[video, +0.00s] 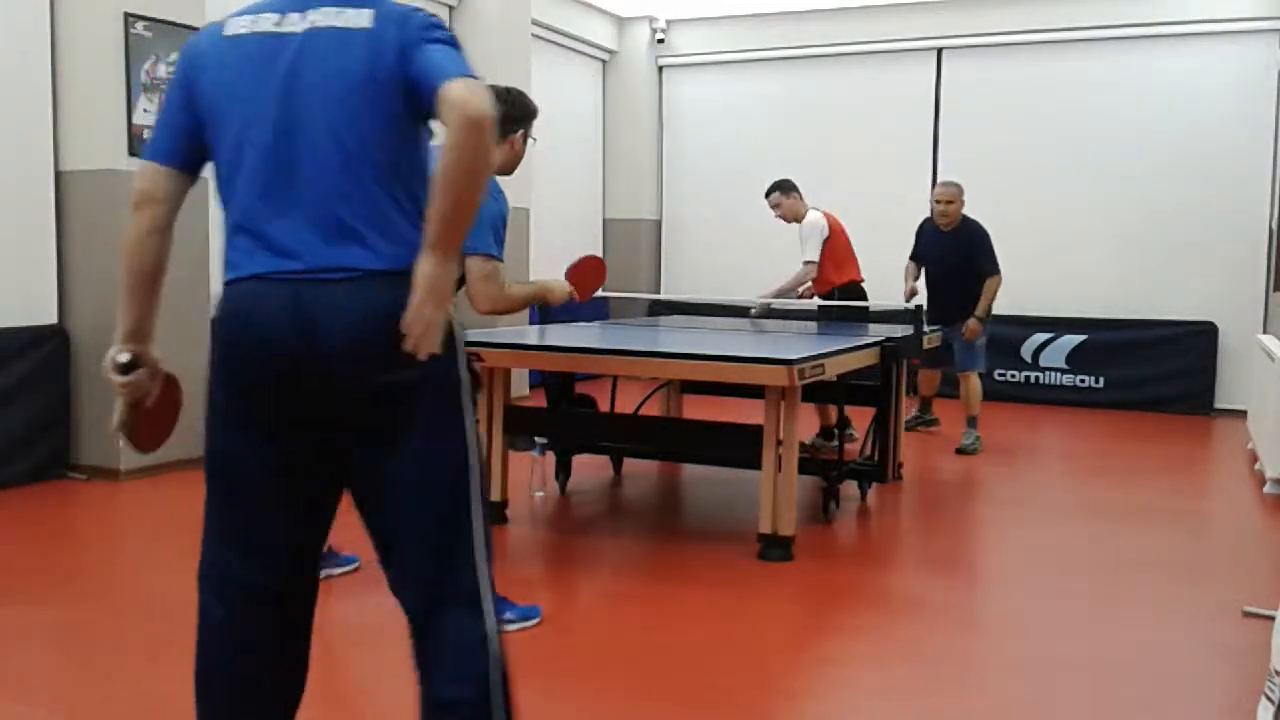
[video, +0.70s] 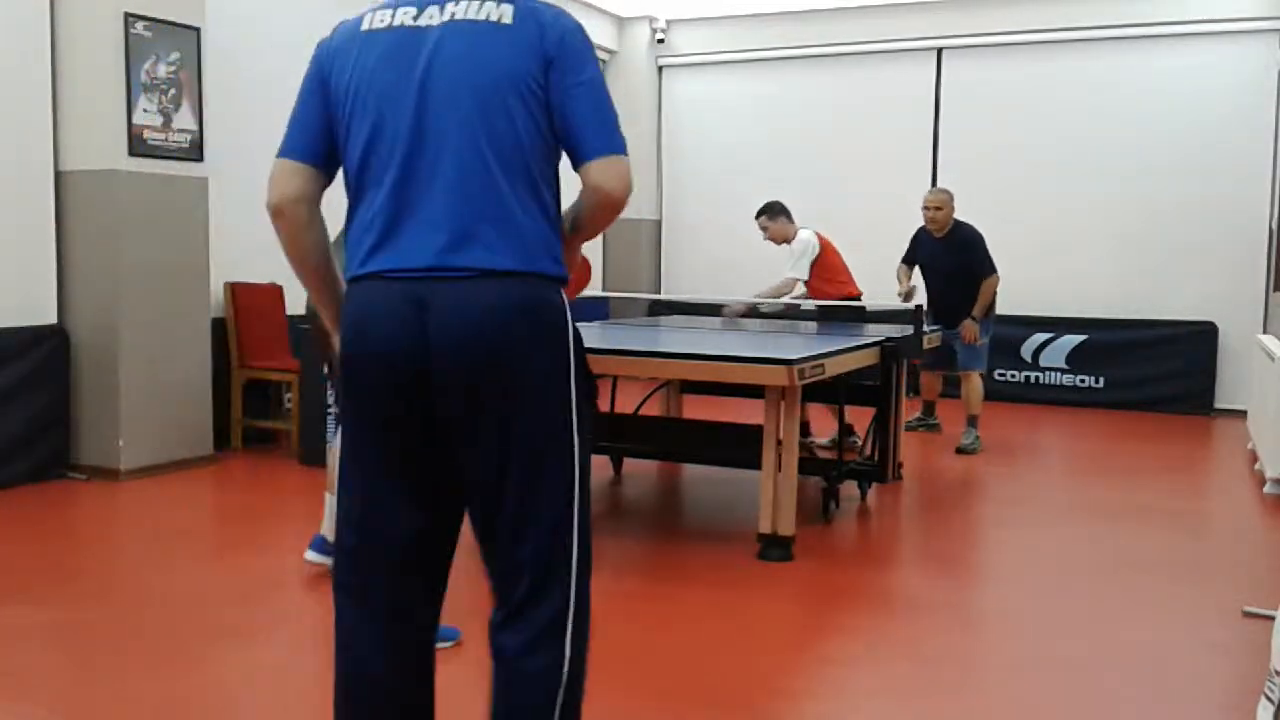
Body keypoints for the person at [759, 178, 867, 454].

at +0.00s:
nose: (777, 214)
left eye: (778, 206)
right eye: (773, 209)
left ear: (795, 197)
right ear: (797, 199)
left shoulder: (812, 221)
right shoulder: (820, 218)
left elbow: (810, 270)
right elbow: (835, 264)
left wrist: (769, 297)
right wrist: (813, 286)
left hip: (842, 299)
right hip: (846, 297)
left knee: (819, 367)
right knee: (828, 365)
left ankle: (827, 432)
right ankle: (841, 421)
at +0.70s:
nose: (765, 237)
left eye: (765, 229)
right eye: (762, 231)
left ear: (780, 220)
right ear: (783, 222)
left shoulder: (805, 239)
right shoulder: (806, 239)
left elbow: (788, 285)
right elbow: (818, 284)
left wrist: (749, 302)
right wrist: (797, 299)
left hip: (844, 311)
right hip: (832, 311)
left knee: (821, 373)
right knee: (813, 371)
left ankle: (845, 429)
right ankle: (844, 428)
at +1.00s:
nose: (746, 260)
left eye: (746, 252)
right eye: (744, 254)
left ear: (763, 245)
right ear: (766, 245)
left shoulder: (782, 262)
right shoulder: (786, 261)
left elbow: (749, 308)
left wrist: (709, 311)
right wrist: (723, 310)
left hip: (827, 330)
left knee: (779, 378)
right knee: (790, 377)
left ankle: (799, 433)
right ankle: (834, 420)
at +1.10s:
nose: (742, 266)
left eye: (743, 258)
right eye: (740, 260)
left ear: (759, 251)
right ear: (763, 250)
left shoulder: (777, 267)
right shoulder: (784, 267)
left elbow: (748, 308)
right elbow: (759, 308)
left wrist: (708, 312)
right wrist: (720, 309)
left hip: (821, 337)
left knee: (777, 381)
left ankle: (798, 432)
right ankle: (830, 420)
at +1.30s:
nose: (735, 269)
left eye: (735, 261)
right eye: (733, 263)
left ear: (751, 254)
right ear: (755, 254)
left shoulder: (771, 269)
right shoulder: (774, 268)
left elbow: (741, 310)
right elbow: (746, 310)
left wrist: (709, 313)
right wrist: (714, 310)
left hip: (815, 335)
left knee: (782, 387)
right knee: (781, 386)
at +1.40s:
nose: (731, 267)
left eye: (732, 260)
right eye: (730, 261)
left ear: (749, 254)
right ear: (753, 254)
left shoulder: (769, 268)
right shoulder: (770, 268)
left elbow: (740, 310)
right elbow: (744, 310)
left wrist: (709, 313)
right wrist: (714, 310)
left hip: (815, 334)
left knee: (781, 384)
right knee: (779, 381)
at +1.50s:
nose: (731, 262)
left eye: (732, 254)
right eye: (729, 256)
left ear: (748, 249)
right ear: (752, 250)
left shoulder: (766, 266)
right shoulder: (773, 265)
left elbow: (740, 310)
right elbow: (745, 308)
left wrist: (700, 314)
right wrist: (703, 310)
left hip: (813, 332)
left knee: (774, 377)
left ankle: (798, 432)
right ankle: (822, 413)